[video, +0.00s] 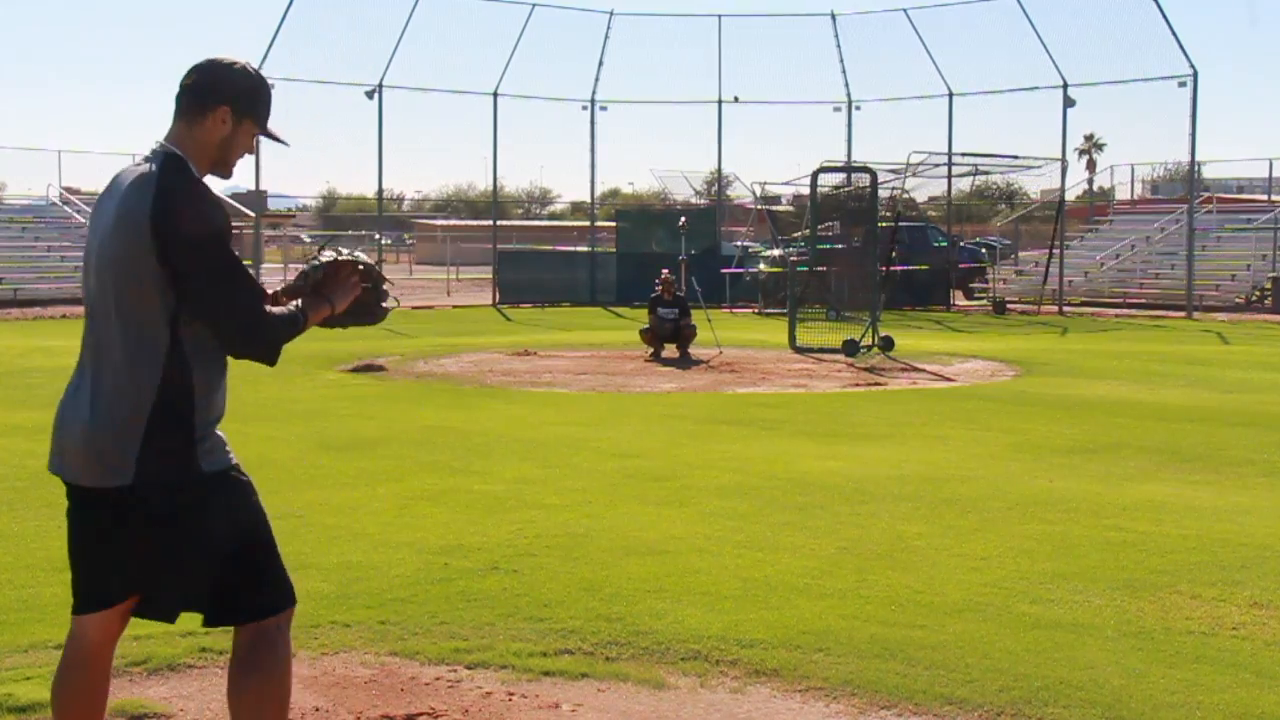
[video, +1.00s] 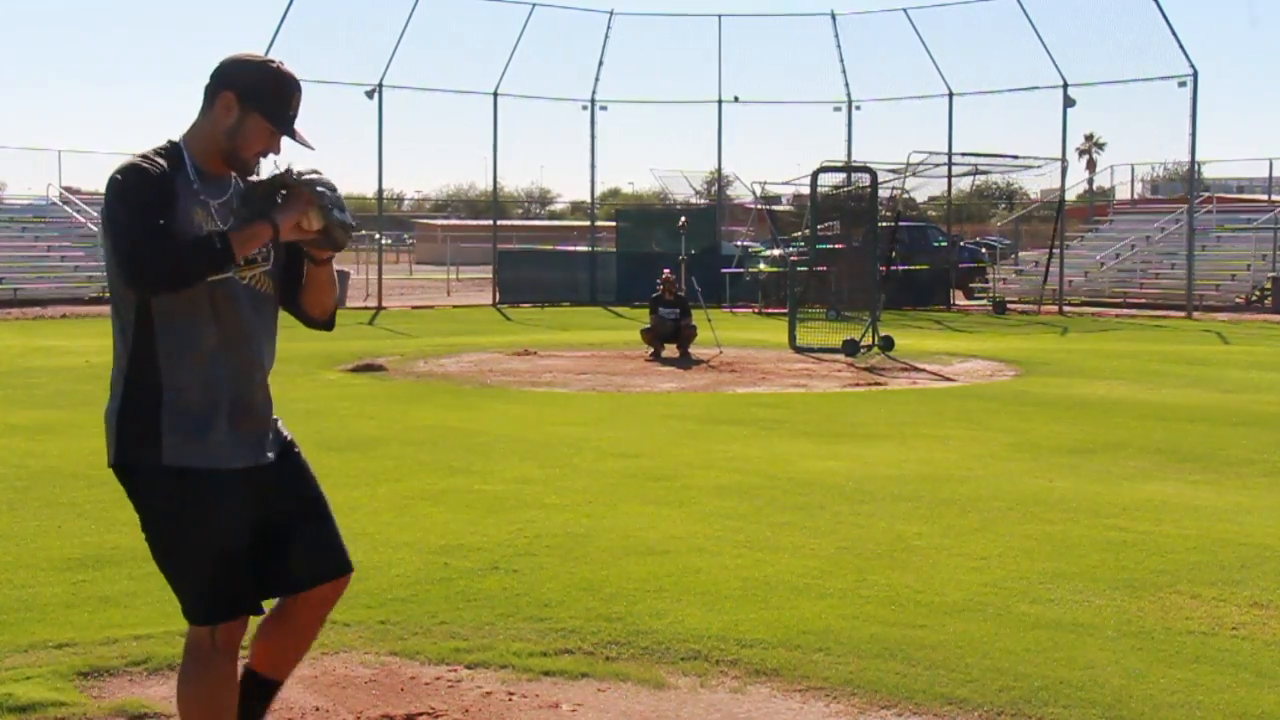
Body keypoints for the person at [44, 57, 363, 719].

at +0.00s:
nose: (248, 152)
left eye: (255, 140)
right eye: (251, 135)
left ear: (191, 115)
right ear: (219, 118)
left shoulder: (123, 187)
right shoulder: (183, 197)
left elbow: (183, 311)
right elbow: (252, 333)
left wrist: (282, 294)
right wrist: (321, 304)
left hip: (94, 446)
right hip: (178, 453)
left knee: (97, 618)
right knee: (266, 611)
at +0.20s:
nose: (225, 166)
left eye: (234, 156)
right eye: (228, 149)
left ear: (185, 122)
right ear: (192, 120)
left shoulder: (105, 187)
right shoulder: (151, 193)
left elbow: (183, 307)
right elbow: (226, 314)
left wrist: (278, 286)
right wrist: (299, 285)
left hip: (70, 443)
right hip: (142, 449)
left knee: (87, 612)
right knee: (245, 597)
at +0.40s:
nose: (222, 171)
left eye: (231, 161)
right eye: (224, 153)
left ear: (183, 126)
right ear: (188, 123)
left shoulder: (104, 189)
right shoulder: (142, 194)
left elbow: (183, 304)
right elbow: (211, 312)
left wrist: (274, 286)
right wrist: (292, 284)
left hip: (71, 447)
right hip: (139, 451)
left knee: (87, 609)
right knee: (241, 594)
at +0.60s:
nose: (237, 166)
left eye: (244, 156)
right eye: (237, 149)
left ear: (201, 126)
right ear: (199, 120)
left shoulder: (180, 199)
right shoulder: (140, 191)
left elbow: (230, 307)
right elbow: (201, 309)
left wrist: (296, 285)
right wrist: (297, 280)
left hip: (108, 445)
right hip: (142, 448)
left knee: (103, 611)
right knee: (255, 590)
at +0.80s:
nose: (260, 155)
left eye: (266, 144)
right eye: (259, 138)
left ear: (225, 120)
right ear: (217, 112)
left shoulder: (231, 203)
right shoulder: (146, 189)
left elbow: (277, 315)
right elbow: (190, 295)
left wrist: (320, 267)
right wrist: (287, 265)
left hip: (204, 446)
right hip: (159, 448)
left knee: (183, 614)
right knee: (236, 615)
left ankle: (120, 717)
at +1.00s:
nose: (275, 147)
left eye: (280, 134)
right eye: (271, 129)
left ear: (241, 116)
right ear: (227, 106)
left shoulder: (259, 198)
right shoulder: (141, 182)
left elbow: (317, 310)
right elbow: (148, 271)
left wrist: (318, 247)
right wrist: (268, 228)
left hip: (254, 433)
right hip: (171, 444)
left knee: (322, 575)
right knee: (220, 620)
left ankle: (244, 712)